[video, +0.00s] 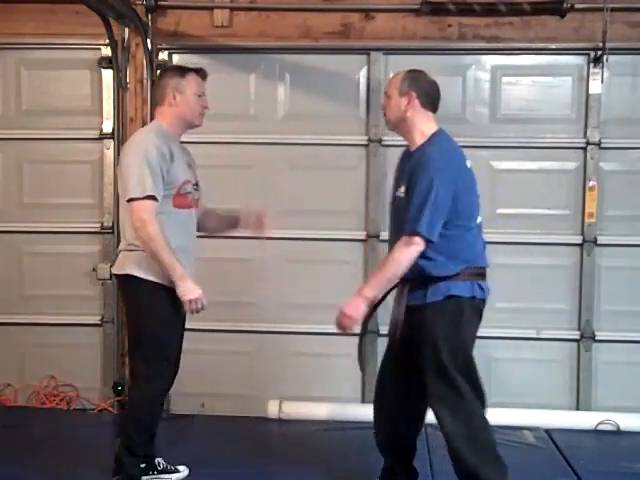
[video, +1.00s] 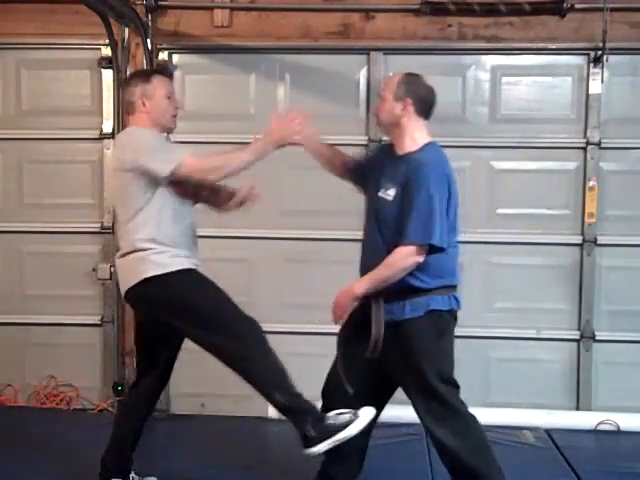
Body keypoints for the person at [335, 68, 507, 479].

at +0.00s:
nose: (382, 105)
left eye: (387, 97)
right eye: (384, 96)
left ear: (410, 102)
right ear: (414, 104)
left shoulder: (436, 157)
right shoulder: (416, 155)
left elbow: (414, 242)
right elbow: (412, 238)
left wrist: (363, 299)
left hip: (449, 293)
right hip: (421, 293)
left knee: (454, 405)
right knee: (394, 403)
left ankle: (487, 476)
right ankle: (398, 474)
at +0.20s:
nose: (403, 106)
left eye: (408, 97)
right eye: (405, 97)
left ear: (432, 102)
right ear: (439, 103)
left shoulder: (443, 159)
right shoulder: (464, 151)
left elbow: (406, 237)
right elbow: (455, 222)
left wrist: (358, 267)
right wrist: (415, 255)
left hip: (460, 299)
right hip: (449, 296)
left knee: (472, 412)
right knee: (412, 399)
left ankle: (498, 479)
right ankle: (399, 474)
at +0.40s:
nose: (419, 108)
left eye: (425, 100)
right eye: (421, 99)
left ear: (451, 104)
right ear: (459, 106)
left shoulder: (442, 163)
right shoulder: (494, 152)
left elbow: (397, 231)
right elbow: (527, 217)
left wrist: (341, 265)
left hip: (460, 302)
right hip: (490, 298)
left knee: (470, 413)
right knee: (420, 401)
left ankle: (498, 478)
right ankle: (401, 475)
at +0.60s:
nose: (421, 109)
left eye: (427, 101)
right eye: (423, 100)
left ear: (454, 106)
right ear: (462, 108)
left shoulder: (441, 163)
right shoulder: (504, 155)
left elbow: (399, 233)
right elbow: (545, 208)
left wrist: (336, 275)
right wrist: (511, 181)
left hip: (453, 304)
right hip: (482, 300)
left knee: (464, 412)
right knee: (399, 385)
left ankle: (497, 479)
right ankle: (374, 474)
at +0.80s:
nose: (404, 109)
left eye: (410, 101)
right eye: (406, 100)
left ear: (435, 108)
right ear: (442, 110)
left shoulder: (435, 163)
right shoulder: (466, 156)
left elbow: (409, 245)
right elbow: (482, 216)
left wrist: (343, 286)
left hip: (440, 307)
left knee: (455, 416)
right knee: (375, 404)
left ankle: (494, 476)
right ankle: (339, 474)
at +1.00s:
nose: (376, 106)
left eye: (382, 99)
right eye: (378, 98)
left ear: (405, 107)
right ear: (406, 108)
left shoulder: (427, 168)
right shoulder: (386, 156)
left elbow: (414, 251)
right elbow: (352, 169)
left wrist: (356, 289)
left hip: (421, 309)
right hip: (378, 307)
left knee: (442, 414)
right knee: (343, 404)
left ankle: (487, 477)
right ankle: (336, 475)